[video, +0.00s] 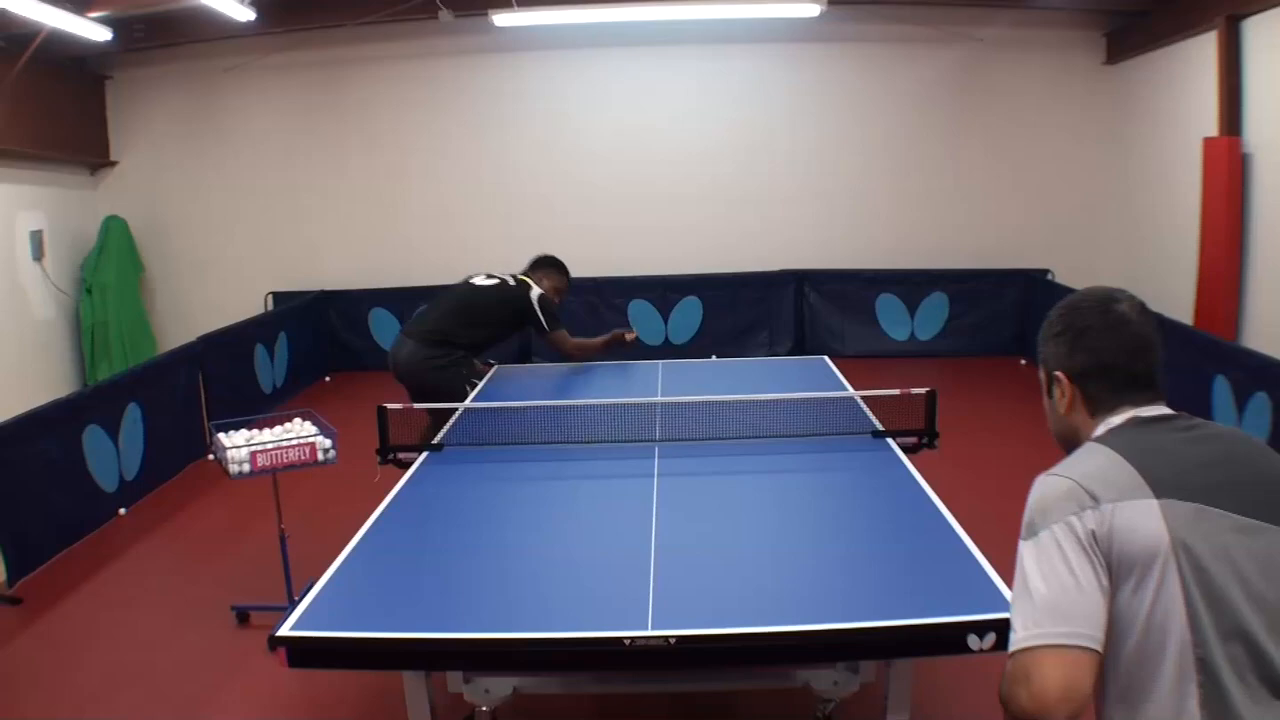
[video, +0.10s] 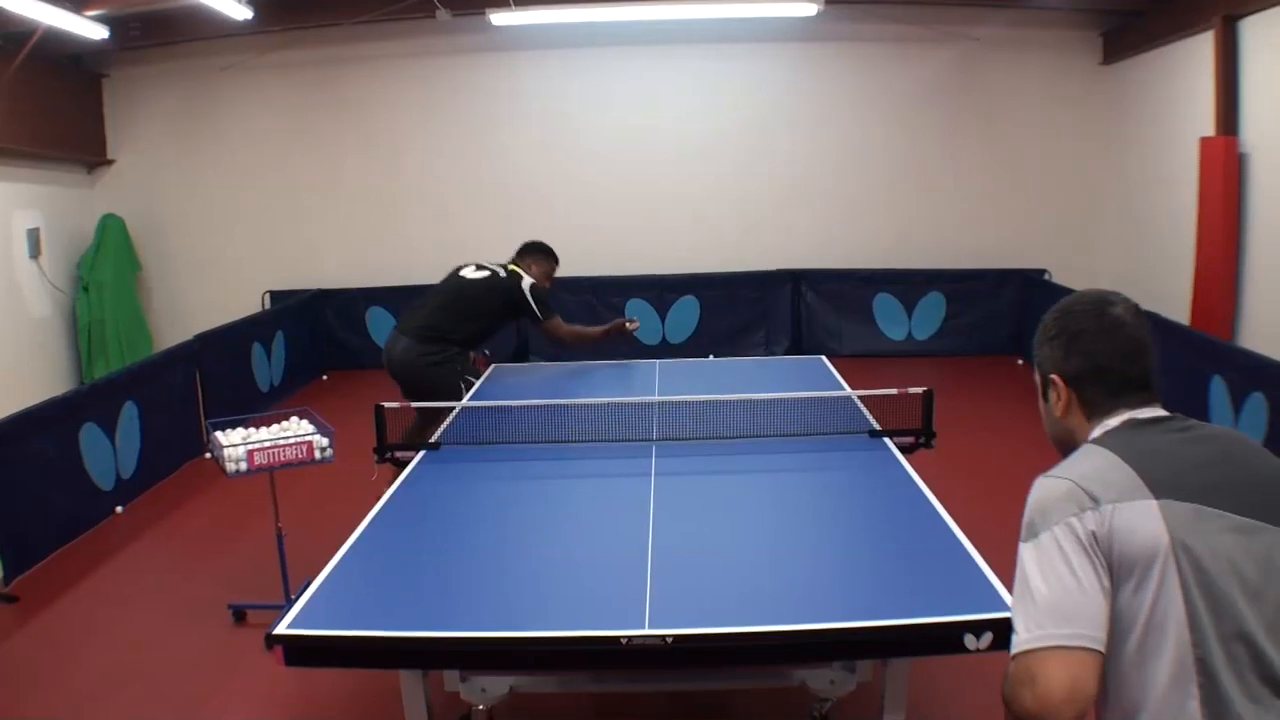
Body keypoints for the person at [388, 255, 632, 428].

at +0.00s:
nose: (558, 299)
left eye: (561, 294)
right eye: (559, 292)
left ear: (530, 273)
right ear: (545, 279)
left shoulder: (490, 280)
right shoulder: (535, 296)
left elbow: (448, 327)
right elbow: (569, 348)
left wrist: (480, 367)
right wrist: (610, 341)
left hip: (405, 352)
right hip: (433, 358)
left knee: (446, 413)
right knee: (485, 410)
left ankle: (423, 466)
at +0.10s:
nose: (548, 284)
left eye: (550, 279)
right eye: (548, 278)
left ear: (517, 262)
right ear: (532, 267)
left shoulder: (476, 269)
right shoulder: (525, 287)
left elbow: (442, 309)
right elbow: (563, 335)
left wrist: (469, 354)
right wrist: (608, 330)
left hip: (399, 349)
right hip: (429, 357)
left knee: (433, 413)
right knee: (474, 410)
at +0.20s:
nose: (531, 262)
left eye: (532, 256)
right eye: (529, 255)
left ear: (499, 245)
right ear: (513, 248)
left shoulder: (456, 260)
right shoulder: (509, 270)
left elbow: (443, 303)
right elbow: (555, 312)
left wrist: (478, 338)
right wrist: (609, 315)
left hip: (390, 351)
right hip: (424, 358)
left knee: (416, 411)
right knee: (475, 409)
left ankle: (366, 485)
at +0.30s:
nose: (509, 248)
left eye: (509, 242)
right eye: (506, 241)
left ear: (473, 235)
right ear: (489, 237)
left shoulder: (436, 254)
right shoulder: (487, 257)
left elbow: (430, 299)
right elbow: (538, 284)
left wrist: (473, 321)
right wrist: (588, 277)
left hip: (382, 352)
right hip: (416, 360)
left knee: (390, 418)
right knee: (476, 409)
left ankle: (340, 491)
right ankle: (463, 486)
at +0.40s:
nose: (485, 237)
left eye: (485, 231)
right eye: (482, 230)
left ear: (449, 226)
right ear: (465, 225)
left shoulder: (411, 253)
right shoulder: (464, 246)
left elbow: (401, 301)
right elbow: (523, 255)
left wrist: (446, 322)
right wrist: (569, 231)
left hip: (366, 352)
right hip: (402, 357)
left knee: (377, 428)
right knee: (459, 420)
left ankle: (330, 504)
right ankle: (450, 500)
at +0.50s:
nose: (463, 227)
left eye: (462, 222)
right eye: (458, 221)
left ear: (427, 223)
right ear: (437, 221)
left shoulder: (395, 249)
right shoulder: (440, 241)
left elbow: (386, 297)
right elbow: (502, 230)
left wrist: (418, 333)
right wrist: (547, 209)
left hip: (349, 347)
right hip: (384, 350)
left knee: (361, 426)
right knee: (442, 427)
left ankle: (326, 504)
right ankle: (448, 504)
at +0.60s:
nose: (447, 221)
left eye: (446, 216)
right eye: (441, 216)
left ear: (410, 220)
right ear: (420, 217)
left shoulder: (376, 248)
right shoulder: (428, 234)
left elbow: (336, 294)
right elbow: (482, 218)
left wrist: (377, 304)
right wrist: (531, 205)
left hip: (339, 343)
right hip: (372, 346)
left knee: (352, 424)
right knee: (432, 422)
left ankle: (324, 505)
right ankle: (440, 504)